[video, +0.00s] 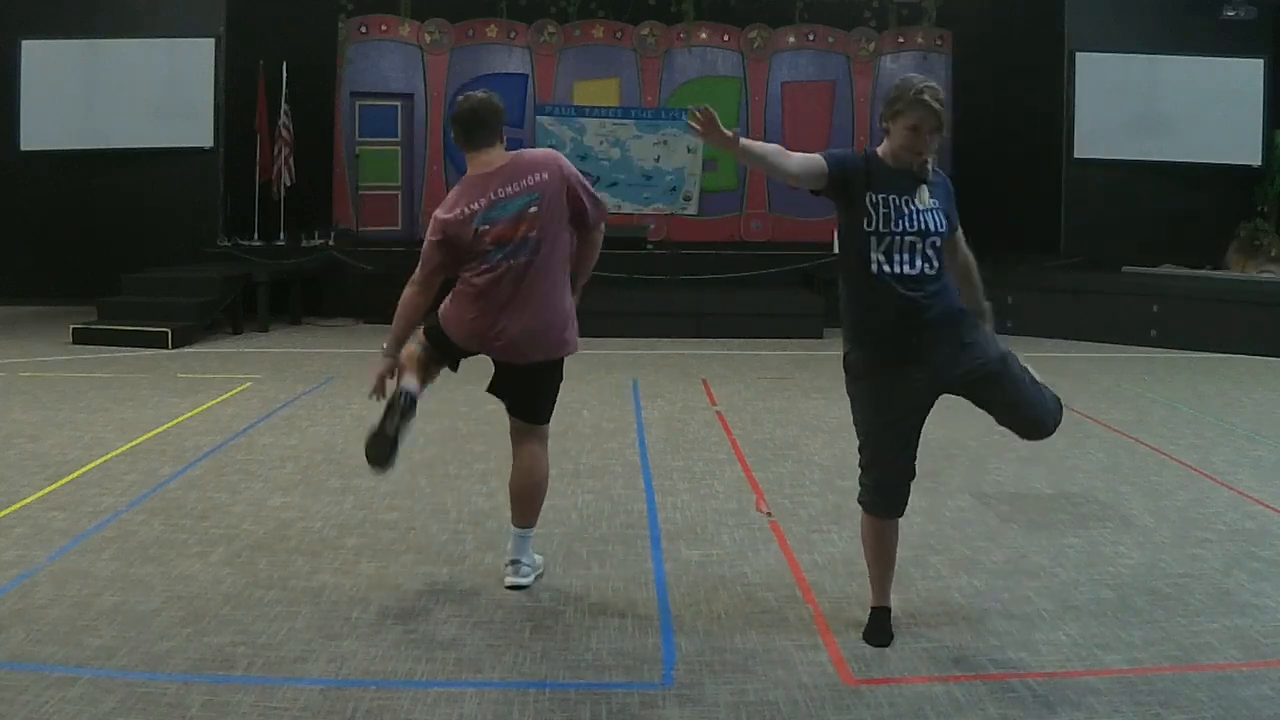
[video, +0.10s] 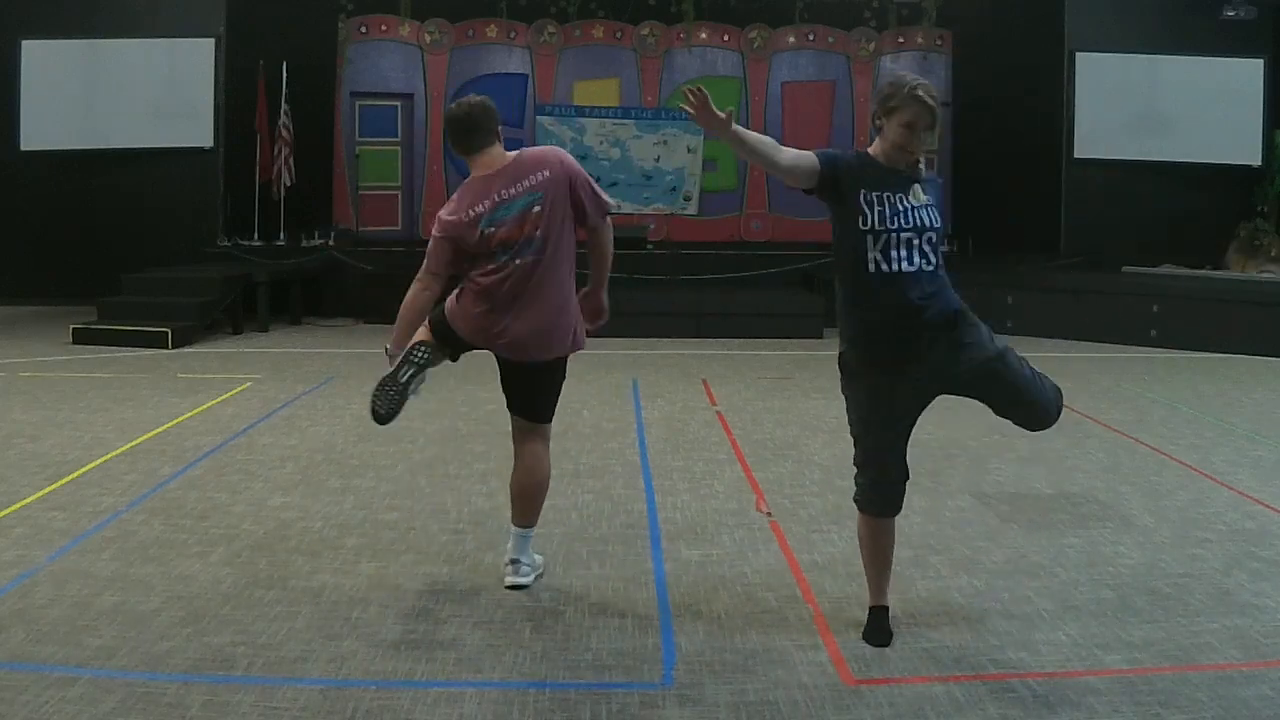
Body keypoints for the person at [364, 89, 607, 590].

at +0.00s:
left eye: (462, 135)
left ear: (457, 139)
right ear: (504, 132)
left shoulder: (452, 212)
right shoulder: (551, 166)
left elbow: (421, 287)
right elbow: (594, 225)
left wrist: (389, 351)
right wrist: (572, 286)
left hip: (472, 321)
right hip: (543, 327)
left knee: (424, 347)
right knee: (529, 438)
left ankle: (403, 402)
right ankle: (520, 558)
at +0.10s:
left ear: (455, 147)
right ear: (500, 132)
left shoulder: (456, 214)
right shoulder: (554, 163)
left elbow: (428, 284)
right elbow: (601, 225)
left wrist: (394, 346)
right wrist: (597, 289)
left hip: (478, 320)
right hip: (545, 328)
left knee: (434, 332)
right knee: (531, 439)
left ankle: (408, 371)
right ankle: (519, 557)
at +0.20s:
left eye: (462, 143)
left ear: (462, 144)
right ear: (507, 127)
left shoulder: (459, 207)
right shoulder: (566, 167)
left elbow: (435, 279)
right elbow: (611, 234)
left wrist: (409, 342)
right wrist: (620, 293)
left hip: (479, 321)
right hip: (546, 328)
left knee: (445, 356)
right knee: (532, 440)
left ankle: (420, 374)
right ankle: (520, 557)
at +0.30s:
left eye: (473, 138)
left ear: (472, 139)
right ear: (518, 127)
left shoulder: (467, 204)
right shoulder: (570, 172)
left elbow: (445, 279)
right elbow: (614, 238)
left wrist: (418, 346)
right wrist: (637, 296)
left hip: (478, 331)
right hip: (545, 337)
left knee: (448, 403)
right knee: (531, 441)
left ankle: (426, 365)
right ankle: (519, 557)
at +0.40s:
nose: (482, 143)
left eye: (480, 136)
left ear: (482, 138)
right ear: (528, 127)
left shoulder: (471, 200)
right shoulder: (576, 177)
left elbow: (452, 275)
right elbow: (618, 244)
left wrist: (428, 345)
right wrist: (643, 302)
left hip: (481, 338)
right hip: (546, 342)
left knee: (465, 422)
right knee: (532, 442)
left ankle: (435, 363)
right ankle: (521, 557)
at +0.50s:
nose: (486, 137)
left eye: (485, 130)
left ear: (487, 133)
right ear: (534, 125)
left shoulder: (475, 195)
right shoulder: (578, 178)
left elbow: (459, 270)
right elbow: (617, 248)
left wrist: (437, 341)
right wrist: (642, 307)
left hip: (486, 336)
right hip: (546, 339)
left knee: (469, 425)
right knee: (531, 441)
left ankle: (445, 359)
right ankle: (521, 557)